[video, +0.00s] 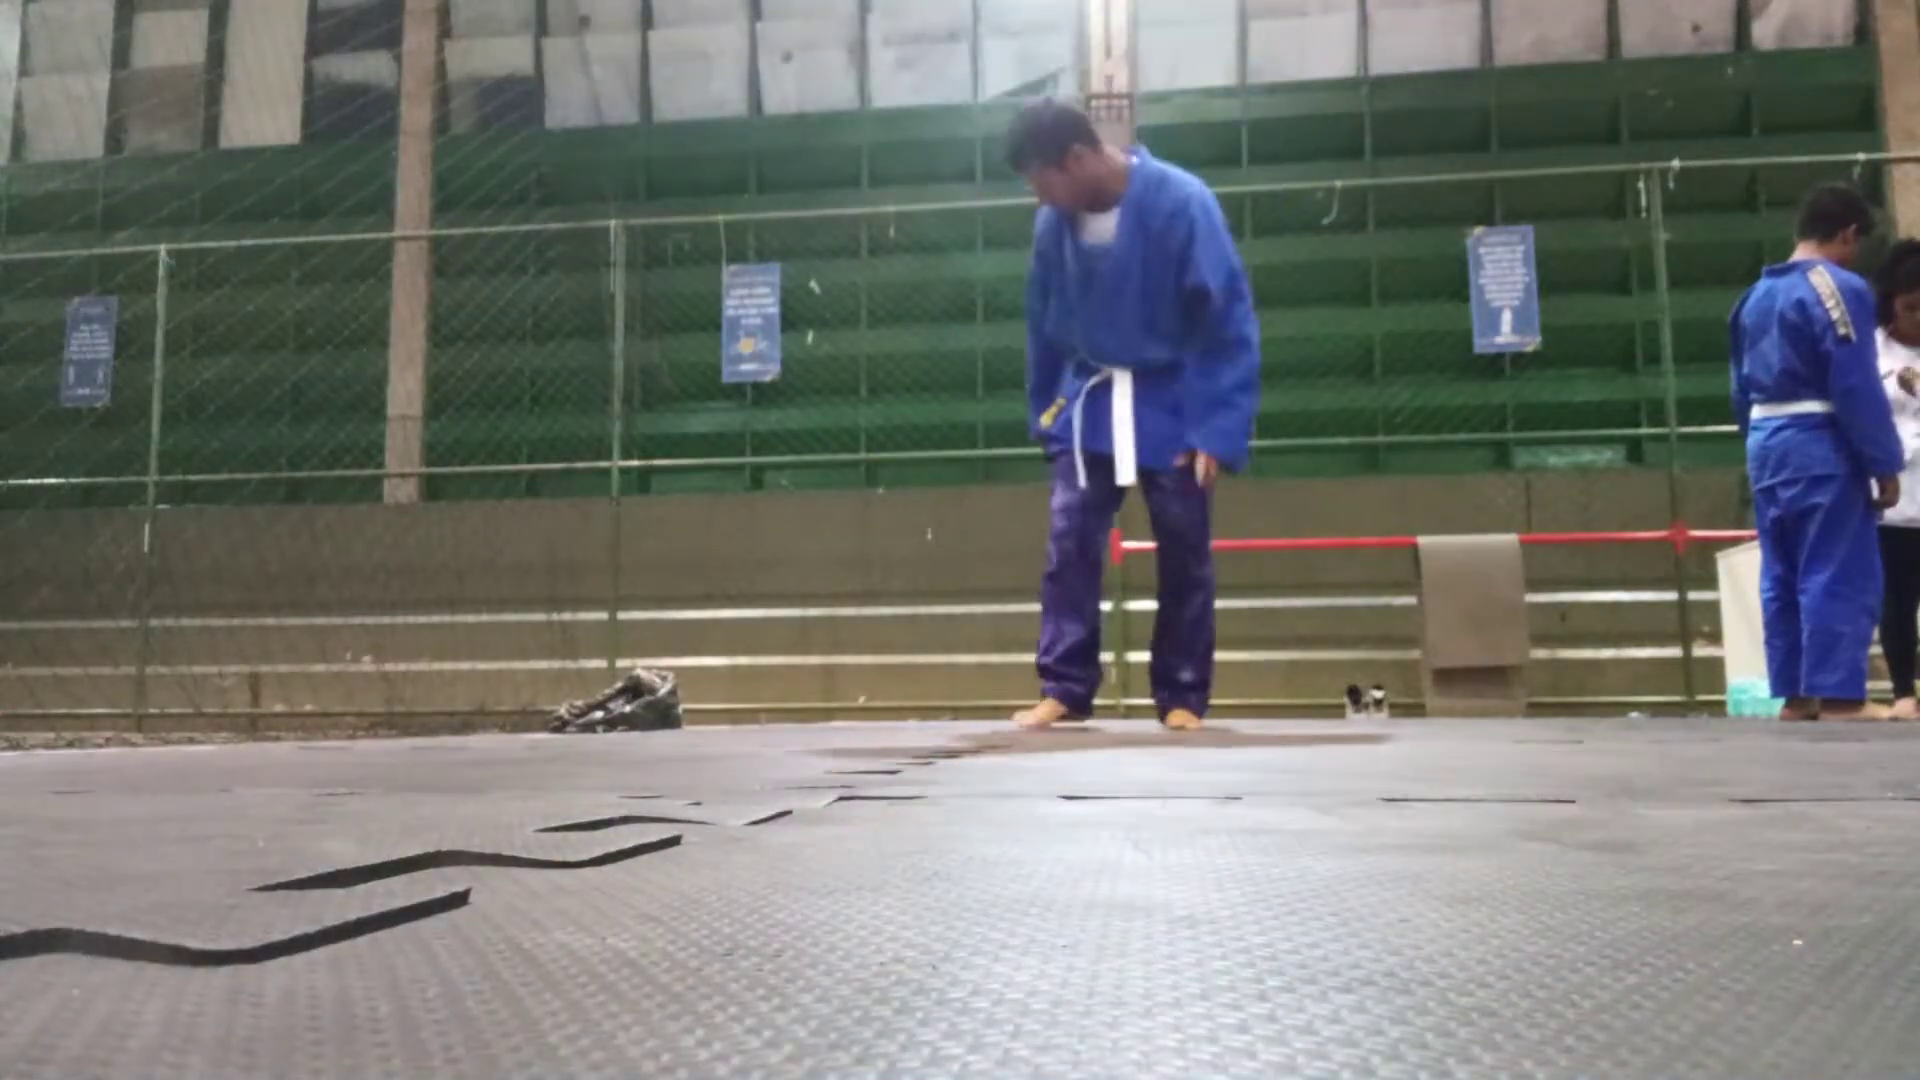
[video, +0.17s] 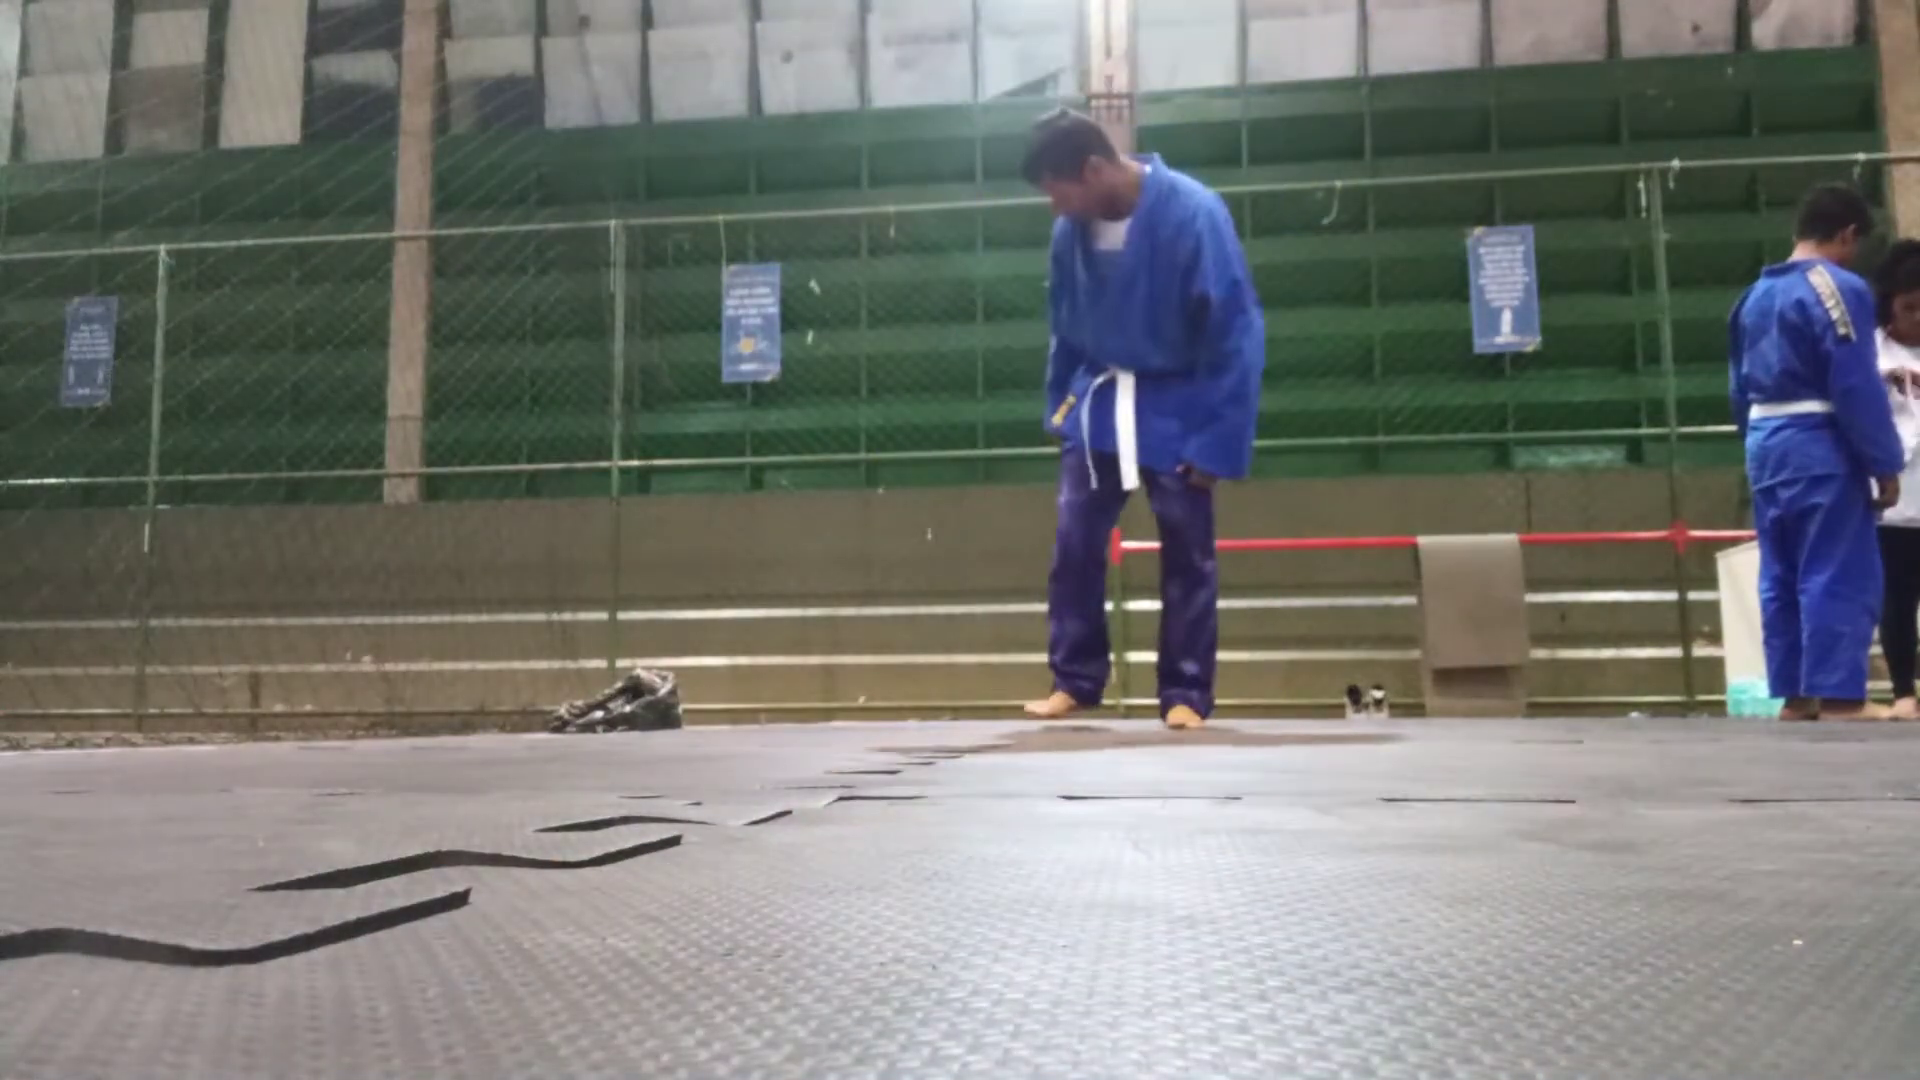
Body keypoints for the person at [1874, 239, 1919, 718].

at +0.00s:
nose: (1914, 317)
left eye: (1917, 307)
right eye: (1908, 307)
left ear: (1919, 306)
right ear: (1890, 306)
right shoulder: (1872, 348)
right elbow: (1855, 409)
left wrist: (1910, 391)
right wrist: (1894, 390)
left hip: (1913, 498)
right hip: (1892, 499)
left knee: (1907, 604)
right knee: (1898, 604)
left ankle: (1908, 689)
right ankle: (1903, 690)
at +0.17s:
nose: (1915, 317)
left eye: (1918, 307)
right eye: (1908, 307)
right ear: (1889, 307)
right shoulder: (1871, 348)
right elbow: (1846, 399)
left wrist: (1901, 382)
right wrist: (1880, 382)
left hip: (1914, 498)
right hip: (1893, 498)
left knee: (1907, 604)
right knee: (1898, 603)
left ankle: (1908, 689)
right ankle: (1904, 690)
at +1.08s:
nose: (1914, 316)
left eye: (1917, 307)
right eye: (1907, 307)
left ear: (1919, 307)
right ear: (1888, 307)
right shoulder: (1872, 351)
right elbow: (1850, 412)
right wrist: (1862, 383)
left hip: (1911, 498)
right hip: (1894, 498)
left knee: (1906, 604)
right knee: (1898, 604)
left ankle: (1908, 688)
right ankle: (1904, 690)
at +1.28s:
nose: (1914, 316)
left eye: (1917, 307)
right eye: (1907, 306)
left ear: (1919, 308)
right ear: (1889, 307)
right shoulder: (1873, 352)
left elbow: (1865, 416)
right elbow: (1858, 414)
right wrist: (1873, 467)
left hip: (1912, 497)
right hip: (1894, 497)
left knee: (1906, 603)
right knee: (1898, 603)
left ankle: (1908, 689)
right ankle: (1904, 690)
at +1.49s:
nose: (1913, 317)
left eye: (1917, 307)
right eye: (1907, 307)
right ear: (1889, 307)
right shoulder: (1874, 352)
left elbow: (1865, 416)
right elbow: (1859, 414)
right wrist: (1874, 466)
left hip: (1912, 497)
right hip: (1895, 497)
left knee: (1906, 604)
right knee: (1898, 604)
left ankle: (1908, 689)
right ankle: (1904, 690)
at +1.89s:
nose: (1916, 316)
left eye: (1917, 305)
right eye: (1910, 305)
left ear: (1910, 308)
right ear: (1890, 307)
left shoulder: (1887, 358)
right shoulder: (1877, 356)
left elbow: (1868, 417)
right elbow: (1864, 415)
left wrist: (1880, 465)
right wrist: (1879, 467)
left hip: (1911, 500)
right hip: (1896, 501)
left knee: (1905, 605)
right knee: (1898, 605)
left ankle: (1907, 689)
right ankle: (1903, 690)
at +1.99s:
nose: (1917, 315)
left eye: (1919, 305)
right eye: (1911, 305)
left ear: (1915, 308)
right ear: (1891, 306)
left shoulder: (1886, 358)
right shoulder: (1875, 357)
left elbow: (1868, 418)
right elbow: (1864, 417)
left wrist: (1880, 464)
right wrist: (1880, 467)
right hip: (1896, 503)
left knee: (1905, 605)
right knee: (1899, 605)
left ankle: (1907, 690)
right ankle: (1903, 690)